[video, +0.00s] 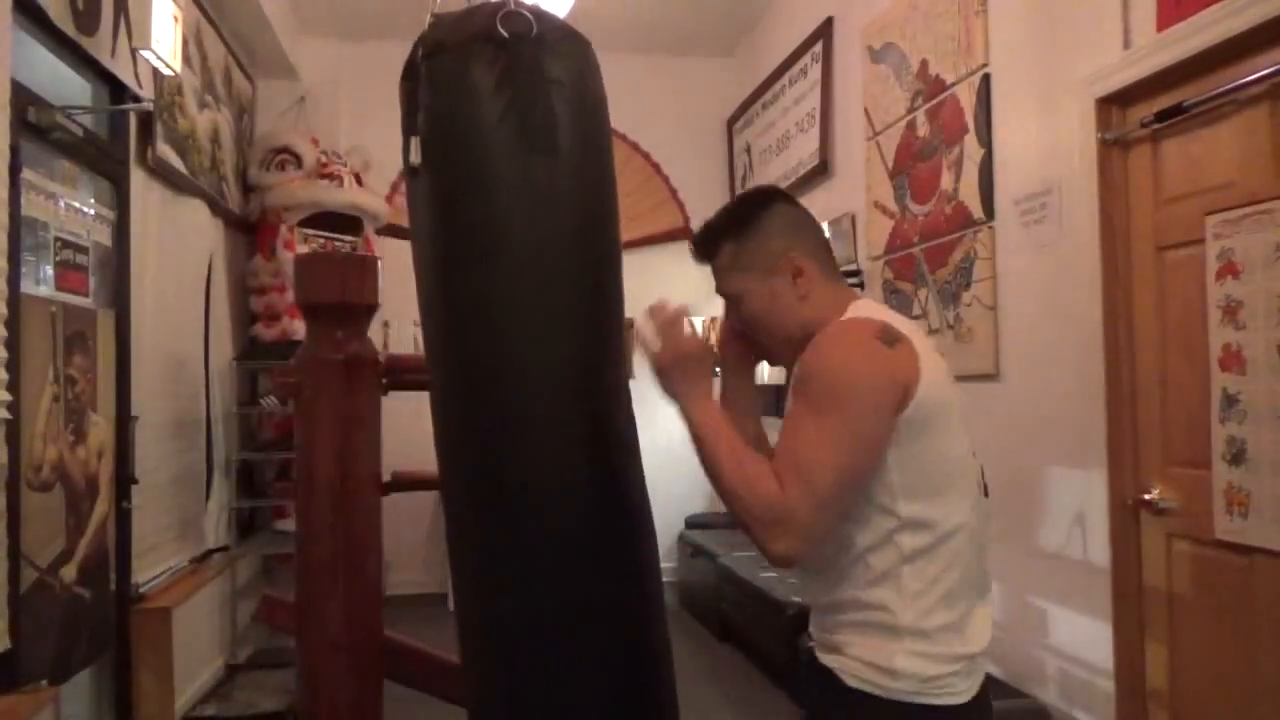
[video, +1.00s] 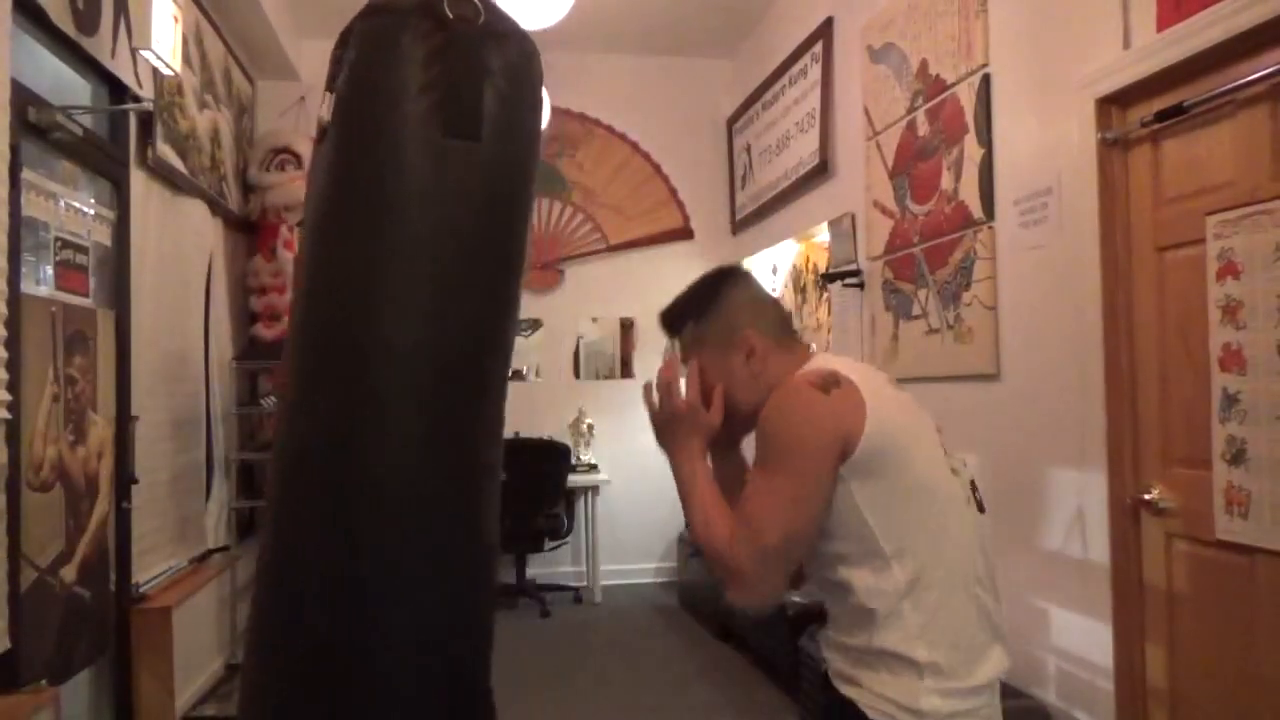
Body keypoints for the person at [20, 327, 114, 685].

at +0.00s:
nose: (69, 390)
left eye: (75, 381)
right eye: (64, 383)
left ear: (91, 382)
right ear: (60, 387)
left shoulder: (104, 431)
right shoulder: (62, 433)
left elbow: (104, 501)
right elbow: (38, 480)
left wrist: (76, 561)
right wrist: (45, 400)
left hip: (101, 550)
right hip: (72, 548)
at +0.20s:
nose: (72, 390)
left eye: (77, 381)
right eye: (66, 382)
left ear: (92, 383)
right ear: (61, 386)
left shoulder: (105, 431)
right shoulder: (62, 434)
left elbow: (104, 503)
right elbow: (37, 480)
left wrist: (76, 562)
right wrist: (45, 402)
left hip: (104, 549)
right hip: (75, 548)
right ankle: (60, 685)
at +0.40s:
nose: (69, 390)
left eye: (75, 381)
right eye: (64, 382)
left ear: (92, 384)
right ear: (60, 387)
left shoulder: (105, 431)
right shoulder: (62, 436)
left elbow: (105, 502)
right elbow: (37, 480)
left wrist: (76, 562)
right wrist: (46, 399)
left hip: (105, 547)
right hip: (75, 545)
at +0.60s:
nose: (69, 390)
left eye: (75, 381)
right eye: (64, 383)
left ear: (91, 384)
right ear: (61, 388)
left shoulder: (105, 431)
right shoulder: (64, 437)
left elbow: (105, 502)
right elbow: (38, 480)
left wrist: (76, 562)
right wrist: (47, 400)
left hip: (103, 552)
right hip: (74, 551)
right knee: (29, 604)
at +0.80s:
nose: (69, 391)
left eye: (75, 382)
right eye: (64, 383)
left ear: (91, 384)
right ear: (60, 388)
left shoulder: (105, 432)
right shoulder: (63, 437)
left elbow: (104, 501)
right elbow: (38, 481)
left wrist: (76, 561)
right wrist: (46, 400)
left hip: (104, 552)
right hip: (74, 552)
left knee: (104, 632)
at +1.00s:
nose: (69, 391)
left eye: (75, 381)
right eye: (64, 383)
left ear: (91, 385)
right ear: (60, 389)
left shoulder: (105, 431)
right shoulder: (62, 437)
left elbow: (105, 501)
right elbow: (38, 481)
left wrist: (76, 562)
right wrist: (46, 401)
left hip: (104, 551)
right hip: (74, 550)